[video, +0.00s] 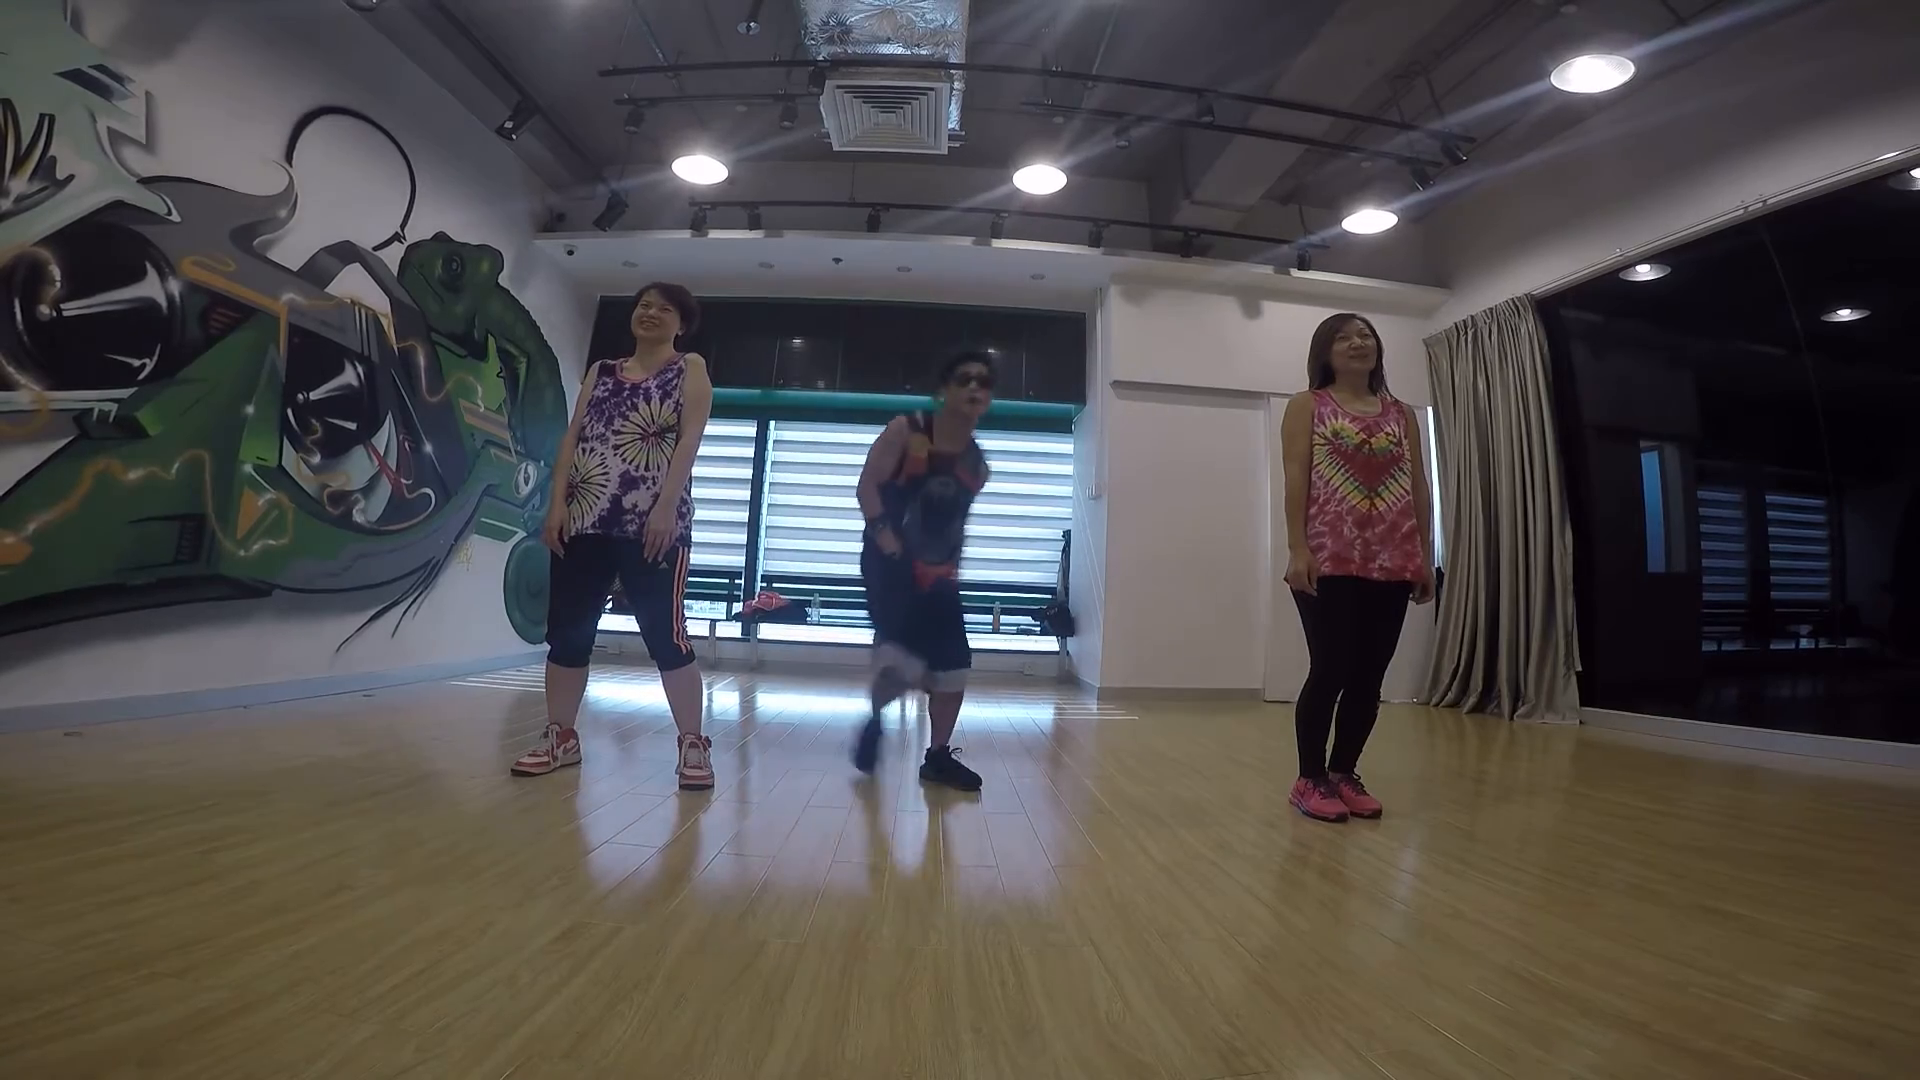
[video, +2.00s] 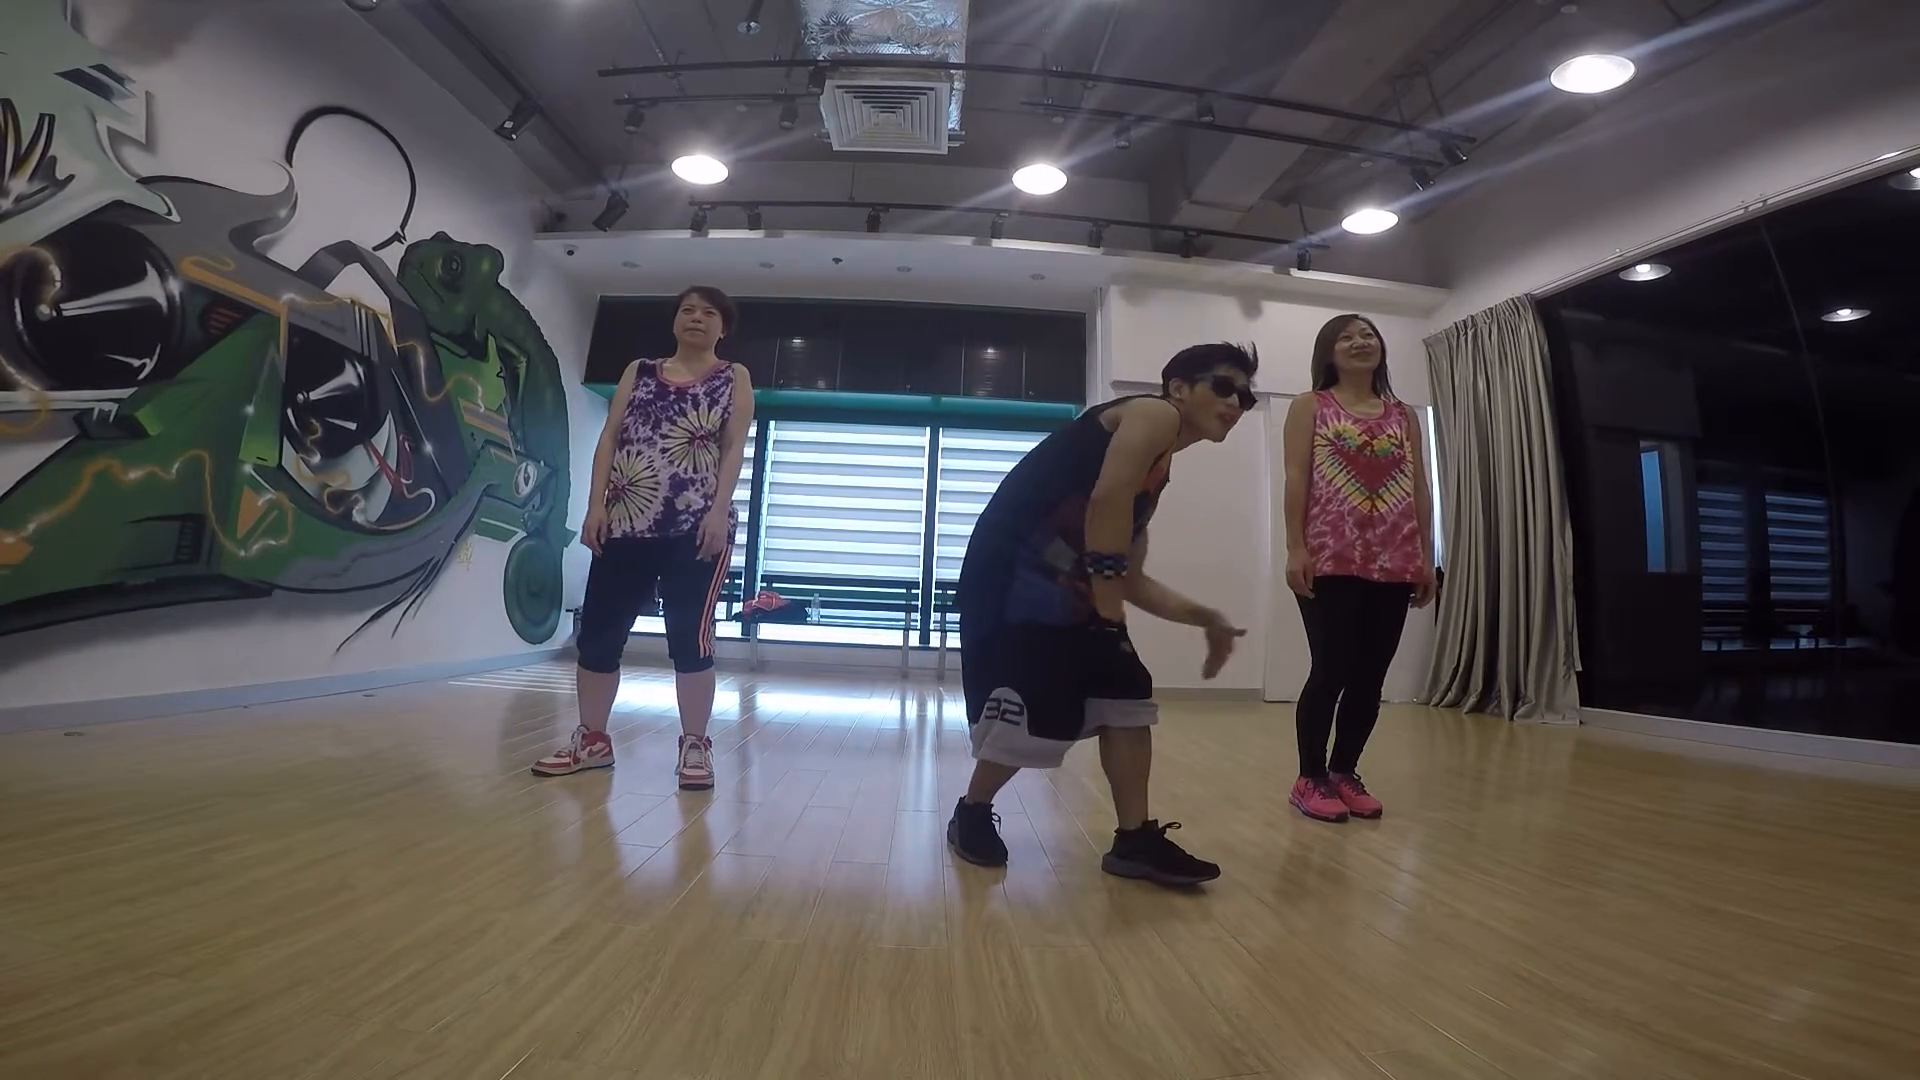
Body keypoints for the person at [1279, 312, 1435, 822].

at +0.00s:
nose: (1356, 343)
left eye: (1364, 335)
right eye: (1342, 337)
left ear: (1378, 349)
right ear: (1324, 354)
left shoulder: (1401, 413)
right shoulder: (1307, 407)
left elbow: (1418, 490)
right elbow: (1296, 479)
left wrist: (1423, 557)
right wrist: (1298, 548)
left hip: (1392, 565)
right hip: (1329, 563)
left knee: (1367, 680)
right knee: (1328, 672)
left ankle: (1343, 775)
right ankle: (1310, 780)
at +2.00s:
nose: (1359, 341)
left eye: (1368, 335)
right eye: (1345, 337)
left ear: (1381, 350)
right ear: (1328, 355)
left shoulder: (1402, 414)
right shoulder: (1310, 407)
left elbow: (1420, 491)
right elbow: (1296, 479)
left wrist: (1425, 560)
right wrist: (1297, 547)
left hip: (1393, 567)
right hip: (1330, 564)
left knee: (1368, 681)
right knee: (1329, 673)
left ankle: (1344, 774)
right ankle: (1310, 779)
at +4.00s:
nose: (1384, 354)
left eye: (1392, 346)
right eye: (1370, 350)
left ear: (1408, 360)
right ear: (1356, 368)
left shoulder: (1435, 424)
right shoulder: (1341, 417)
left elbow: (1452, 495)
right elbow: (1328, 486)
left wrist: (1458, 561)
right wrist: (1330, 554)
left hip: (1425, 570)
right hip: (1362, 568)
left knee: (1406, 679)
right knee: (1360, 672)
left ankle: (1381, 772)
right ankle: (1313, 780)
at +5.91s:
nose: (1387, 351)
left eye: (1396, 346)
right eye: (1374, 346)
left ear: (1409, 363)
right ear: (1355, 363)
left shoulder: (1432, 423)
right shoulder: (1334, 418)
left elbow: (1449, 494)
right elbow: (1321, 488)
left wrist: (1452, 560)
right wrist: (1321, 554)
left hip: (1417, 566)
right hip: (1351, 562)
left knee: (1405, 675)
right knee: (1329, 666)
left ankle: (1379, 771)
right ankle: (1281, 774)